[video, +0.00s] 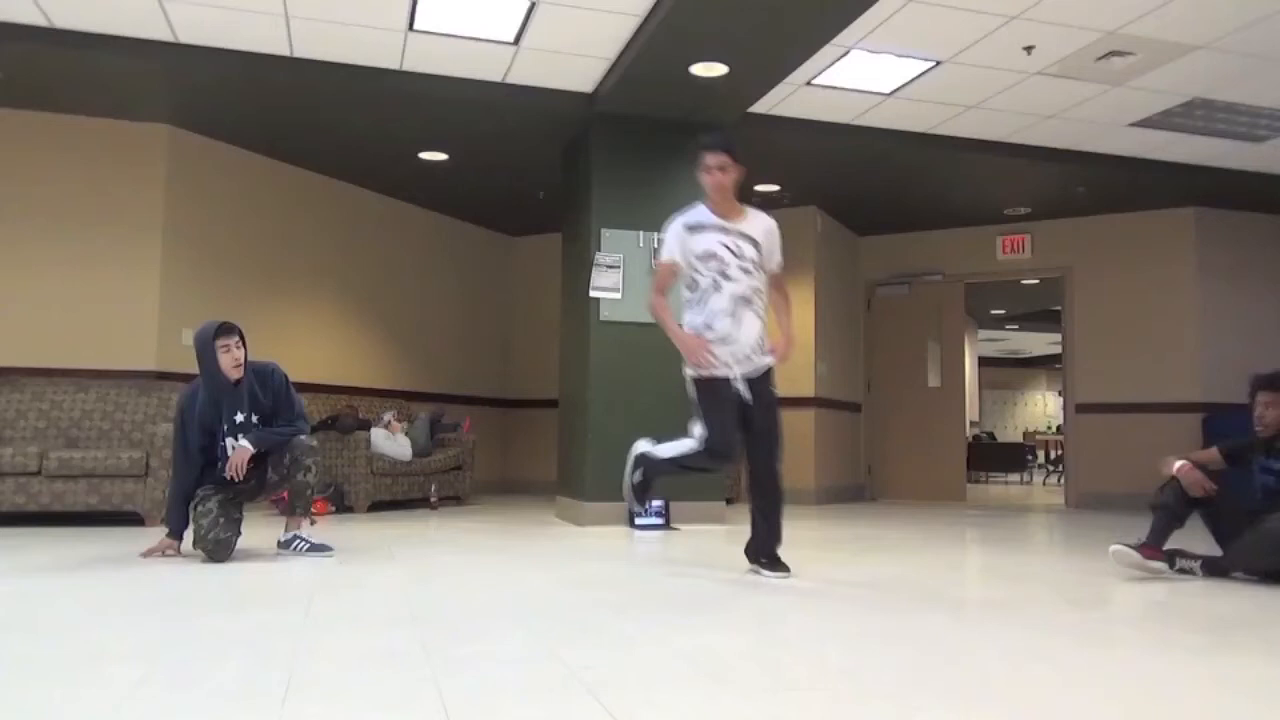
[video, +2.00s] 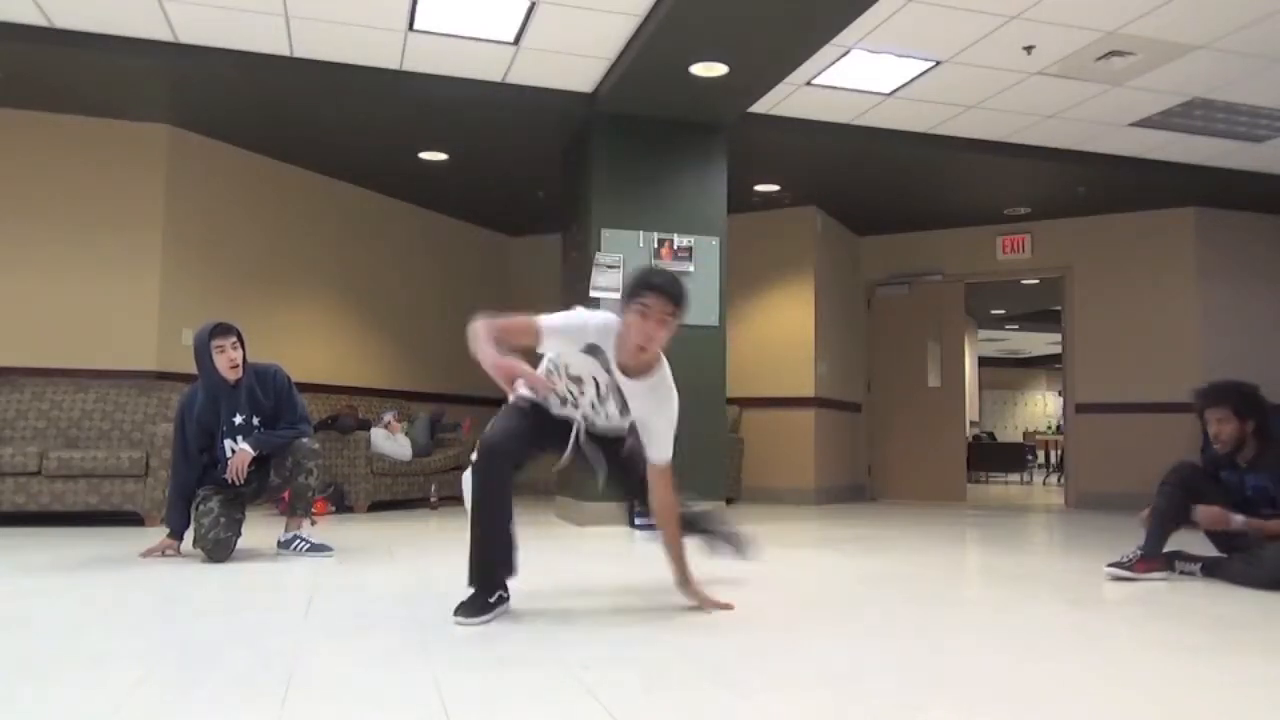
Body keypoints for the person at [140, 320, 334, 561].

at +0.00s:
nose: (237, 355)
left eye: (239, 346)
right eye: (225, 350)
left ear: (245, 348)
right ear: (208, 358)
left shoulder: (268, 377)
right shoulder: (193, 401)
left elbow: (299, 426)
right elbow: (185, 470)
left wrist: (251, 442)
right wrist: (174, 534)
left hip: (262, 474)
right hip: (217, 488)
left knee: (303, 449)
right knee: (216, 550)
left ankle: (292, 534)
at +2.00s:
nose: (232, 356)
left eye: (235, 347)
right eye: (220, 351)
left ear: (243, 349)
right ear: (206, 359)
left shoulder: (271, 379)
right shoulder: (194, 403)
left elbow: (302, 428)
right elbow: (184, 470)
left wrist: (252, 445)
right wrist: (174, 535)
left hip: (264, 476)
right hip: (219, 489)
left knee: (306, 450)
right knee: (216, 549)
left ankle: (292, 534)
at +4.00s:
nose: (230, 356)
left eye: (234, 347)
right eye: (219, 351)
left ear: (242, 350)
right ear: (205, 359)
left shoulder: (272, 380)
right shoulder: (193, 404)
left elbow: (304, 429)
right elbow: (184, 470)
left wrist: (254, 446)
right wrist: (174, 535)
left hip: (265, 477)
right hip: (219, 488)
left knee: (308, 450)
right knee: (215, 549)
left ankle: (292, 534)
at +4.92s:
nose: (230, 358)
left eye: (234, 349)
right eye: (219, 353)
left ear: (243, 351)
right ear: (205, 360)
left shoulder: (273, 380)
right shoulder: (194, 404)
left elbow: (304, 429)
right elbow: (184, 470)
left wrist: (254, 447)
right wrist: (175, 535)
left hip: (265, 477)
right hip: (219, 488)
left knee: (308, 449)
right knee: (215, 549)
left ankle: (292, 534)